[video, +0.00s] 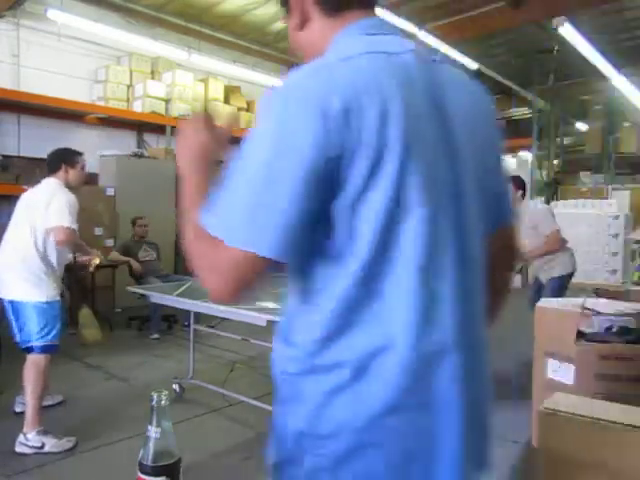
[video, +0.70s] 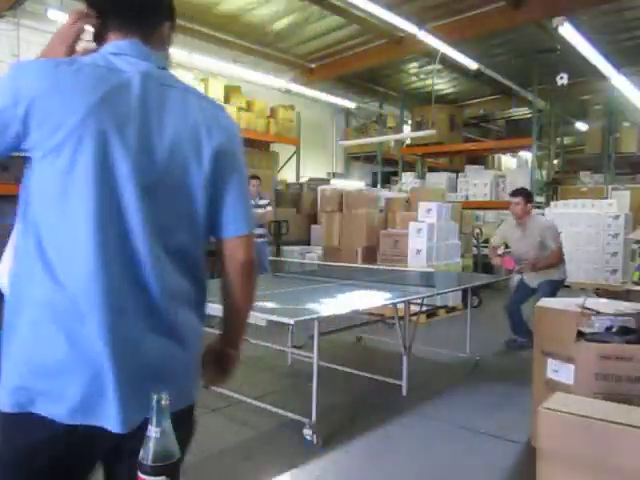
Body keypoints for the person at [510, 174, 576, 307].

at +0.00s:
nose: (506, 196)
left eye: (509, 191)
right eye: (506, 191)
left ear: (520, 193)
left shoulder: (538, 210)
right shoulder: (516, 215)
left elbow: (556, 242)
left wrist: (526, 256)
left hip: (560, 262)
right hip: (541, 265)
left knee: (547, 306)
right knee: (533, 303)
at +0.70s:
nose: (513, 208)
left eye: (518, 204)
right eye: (511, 204)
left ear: (529, 206)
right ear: (510, 206)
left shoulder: (544, 225)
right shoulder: (508, 226)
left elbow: (557, 257)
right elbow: (493, 247)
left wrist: (535, 266)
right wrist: (496, 258)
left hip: (551, 274)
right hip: (527, 276)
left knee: (540, 305)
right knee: (511, 305)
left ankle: (544, 340)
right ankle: (523, 337)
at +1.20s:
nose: (517, 200)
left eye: (521, 196)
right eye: (516, 196)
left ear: (533, 199)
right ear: (516, 199)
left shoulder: (550, 223)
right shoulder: (514, 221)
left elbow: (566, 251)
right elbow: (497, 239)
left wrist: (543, 261)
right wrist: (505, 258)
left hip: (546, 273)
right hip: (523, 272)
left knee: (537, 308)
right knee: (504, 301)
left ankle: (543, 343)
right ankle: (509, 333)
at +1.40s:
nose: (506, 199)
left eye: (510, 195)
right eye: (505, 195)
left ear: (522, 198)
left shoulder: (537, 219)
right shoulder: (505, 220)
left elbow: (551, 249)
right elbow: (497, 242)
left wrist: (525, 261)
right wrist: (501, 256)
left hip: (541, 270)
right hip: (521, 271)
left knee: (537, 308)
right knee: (503, 299)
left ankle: (541, 345)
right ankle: (509, 334)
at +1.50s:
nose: (500, 197)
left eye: (504, 193)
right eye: (500, 193)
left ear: (516, 196)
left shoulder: (533, 217)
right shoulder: (503, 218)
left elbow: (547, 244)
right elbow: (495, 239)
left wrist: (517, 257)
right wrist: (497, 252)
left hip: (542, 268)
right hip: (521, 268)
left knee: (541, 307)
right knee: (504, 296)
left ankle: (545, 344)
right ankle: (509, 333)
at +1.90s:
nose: (519, 210)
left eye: (523, 205)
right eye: (516, 205)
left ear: (532, 207)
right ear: (512, 208)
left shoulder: (546, 229)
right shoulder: (508, 226)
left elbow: (558, 259)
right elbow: (495, 248)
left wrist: (542, 269)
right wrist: (509, 264)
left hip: (539, 279)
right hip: (517, 278)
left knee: (536, 309)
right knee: (496, 307)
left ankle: (542, 344)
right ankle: (509, 335)